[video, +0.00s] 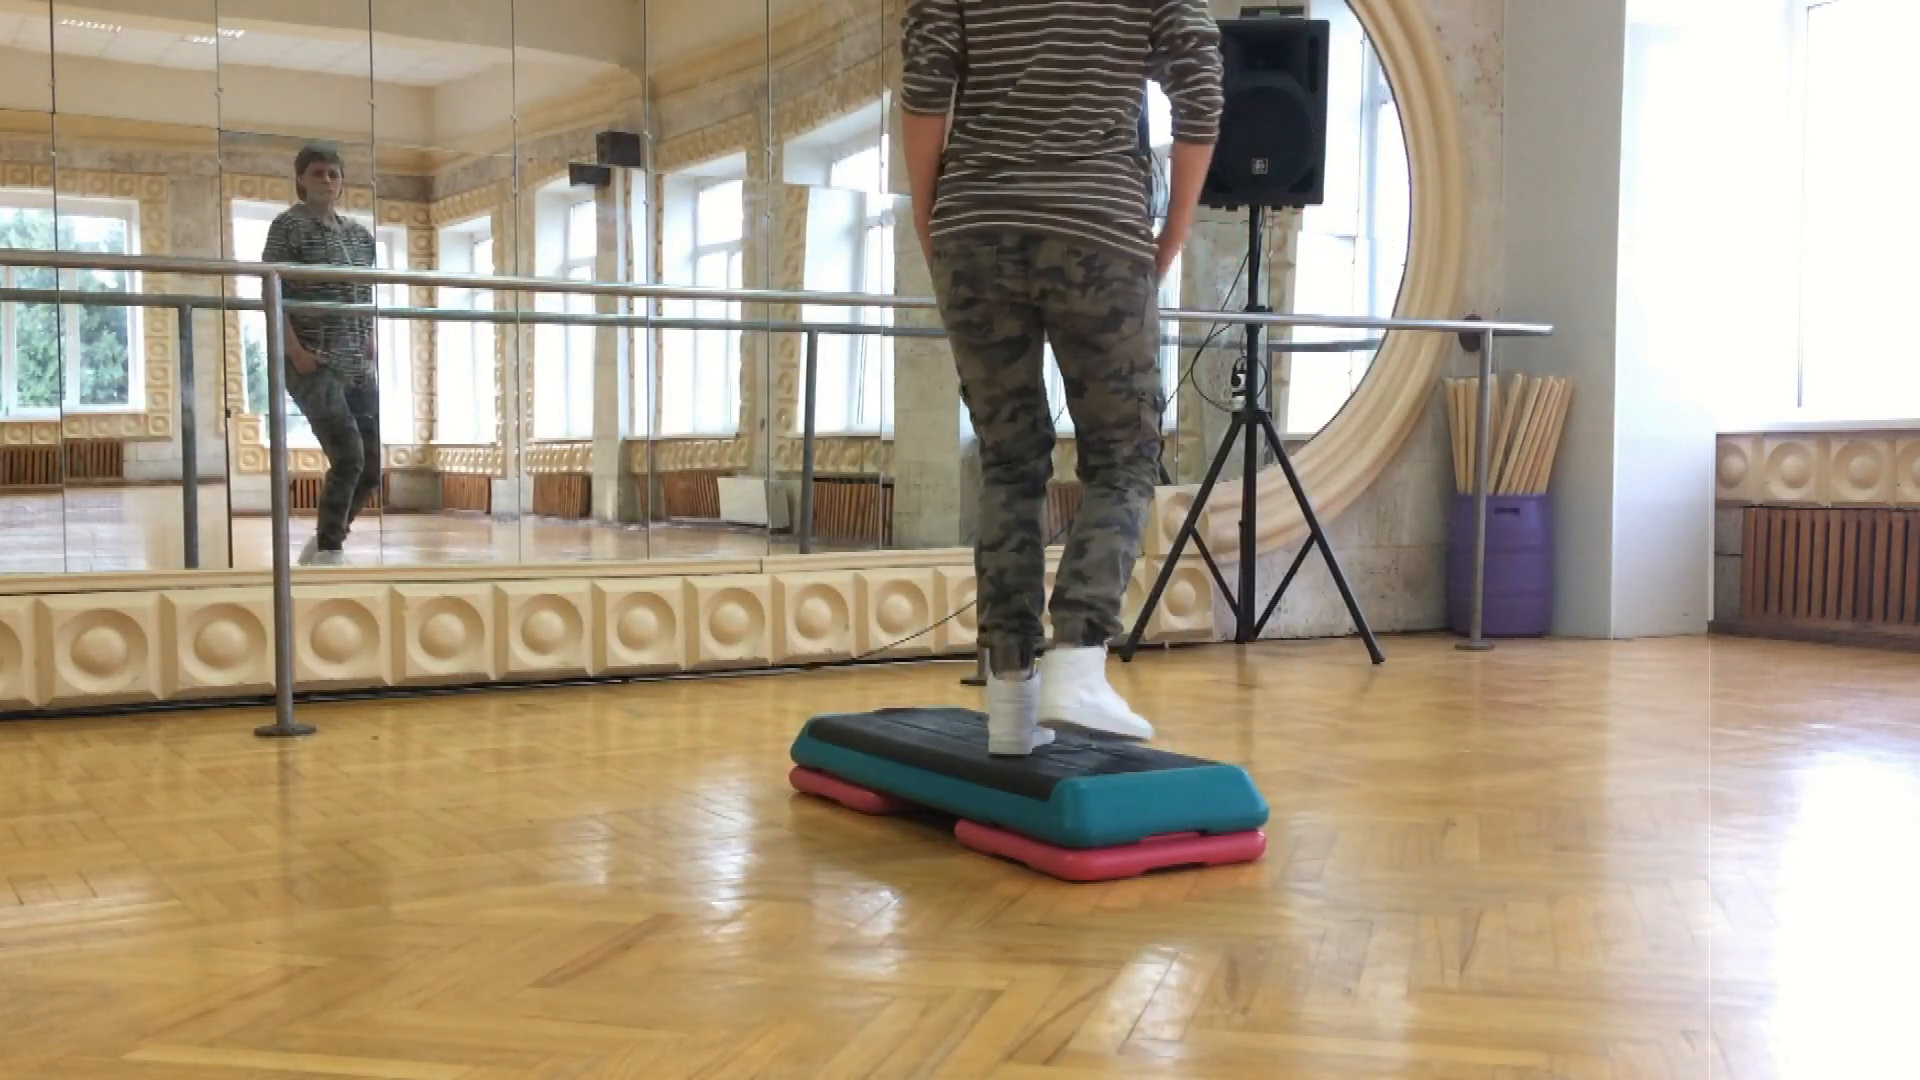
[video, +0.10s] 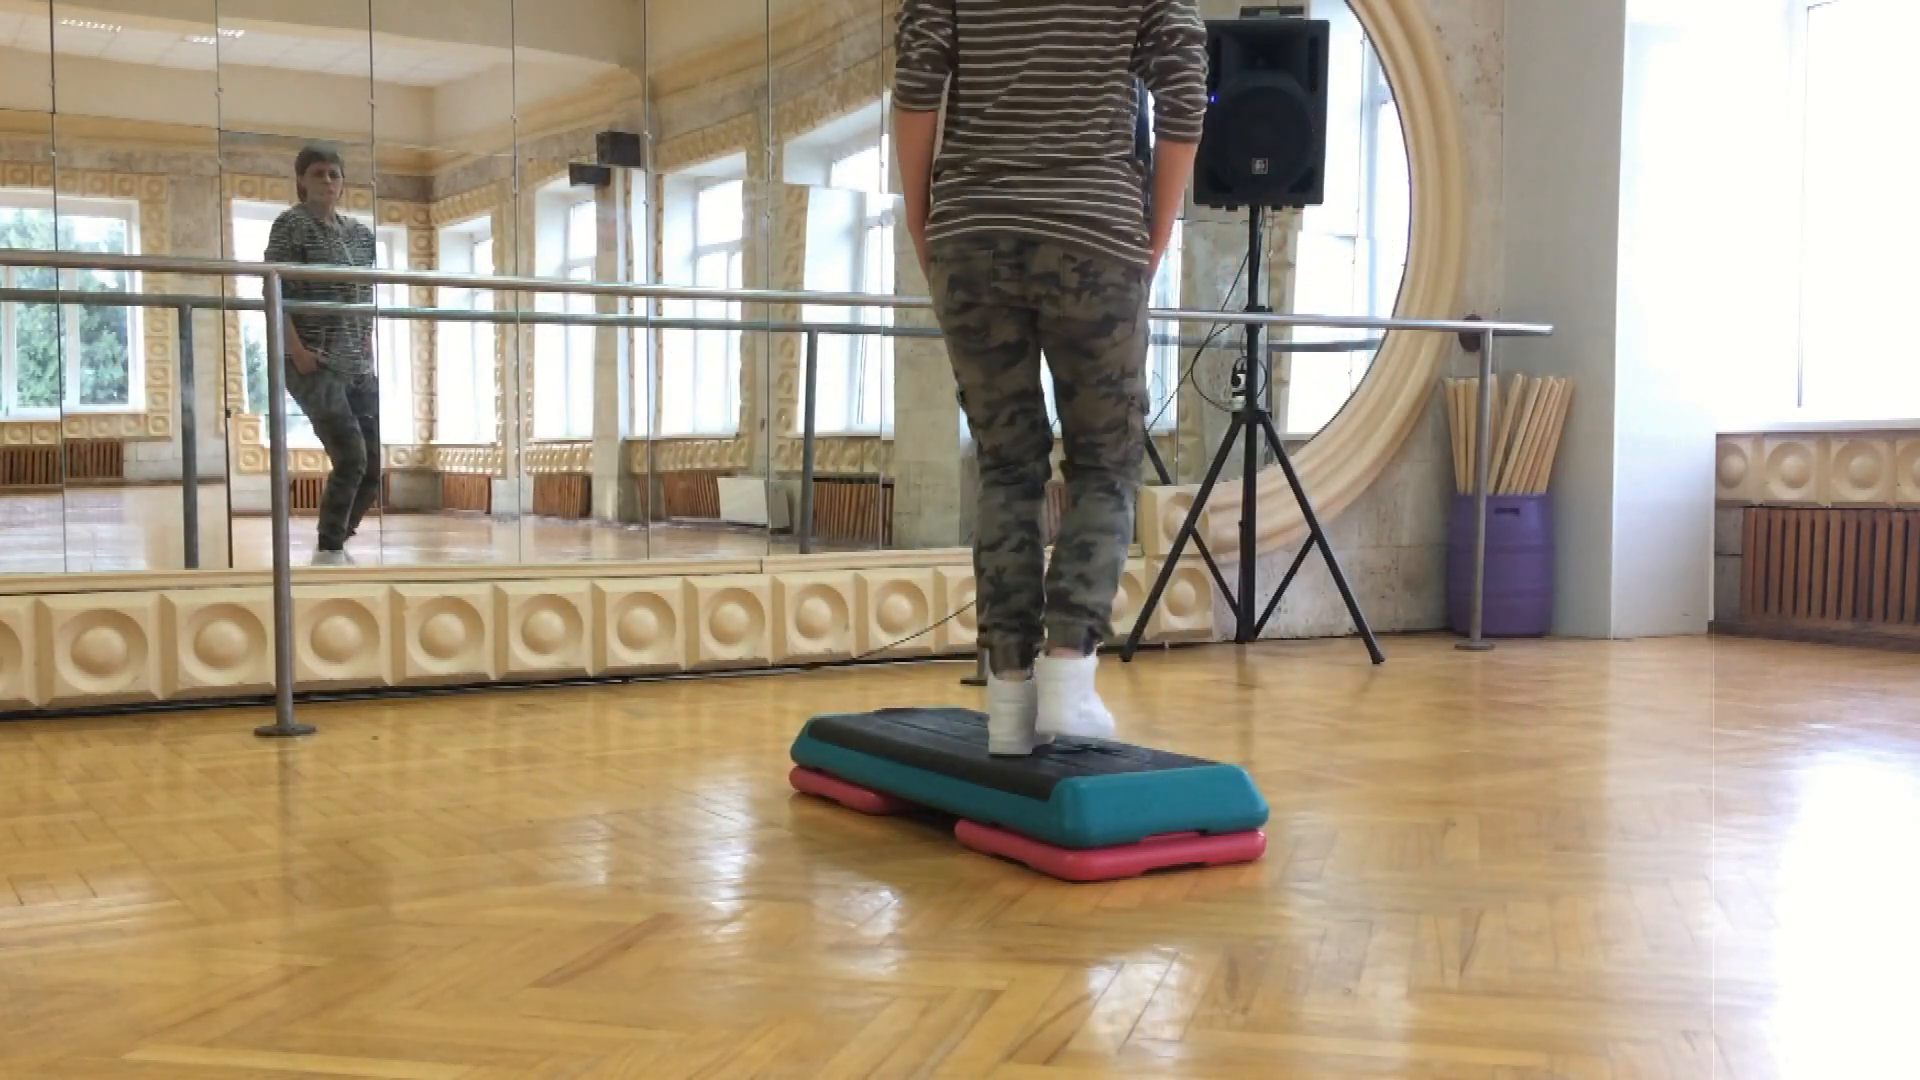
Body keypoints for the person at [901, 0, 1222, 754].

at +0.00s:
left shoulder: (950, 4)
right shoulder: (1155, 4)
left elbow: (928, 78)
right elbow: (1199, 86)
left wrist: (927, 219)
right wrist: (1174, 234)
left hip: (969, 220)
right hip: (1095, 222)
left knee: (1010, 457)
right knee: (1120, 457)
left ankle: (1009, 699)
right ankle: (1076, 672)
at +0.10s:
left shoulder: (945, 2)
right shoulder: (1154, 5)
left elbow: (919, 81)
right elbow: (1183, 95)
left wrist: (918, 218)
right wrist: (1158, 236)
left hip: (966, 221)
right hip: (1091, 225)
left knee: (1006, 460)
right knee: (1103, 460)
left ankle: (1010, 703)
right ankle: (1067, 689)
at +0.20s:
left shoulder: (950, 2)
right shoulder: (1150, 3)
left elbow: (918, 99)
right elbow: (1182, 105)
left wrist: (919, 236)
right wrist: (1165, 242)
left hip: (967, 235)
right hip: (1087, 238)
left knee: (1010, 470)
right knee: (1087, 475)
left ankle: (1010, 712)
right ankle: (1061, 712)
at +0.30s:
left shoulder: (946, 3)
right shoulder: (1146, 3)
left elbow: (934, 92)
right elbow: (1181, 97)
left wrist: (921, 226)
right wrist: (1166, 238)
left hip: (964, 229)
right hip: (1086, 232)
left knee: (1007, 454)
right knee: (1084, 467)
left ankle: (1007, 689)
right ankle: (1060, 707)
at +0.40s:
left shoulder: (939, 2)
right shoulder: (1152, 6)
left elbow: (917, 76)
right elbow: (1167, 83)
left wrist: (919, 205)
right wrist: (1150, 223)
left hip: (964, 206)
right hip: (1087, 207)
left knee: (998, 425)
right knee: (1076, 455)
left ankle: (986, 638)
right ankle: (1059, 703)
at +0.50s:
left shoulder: (930, 1)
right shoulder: (1142, 6)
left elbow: (903, 74)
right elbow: (1153, 97)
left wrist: (911, 204)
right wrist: (1141, 224)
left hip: (955, 199)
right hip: (1079, 200)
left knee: (984, 426)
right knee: (1072, 453)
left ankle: (956, 649)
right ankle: (1058, 702)